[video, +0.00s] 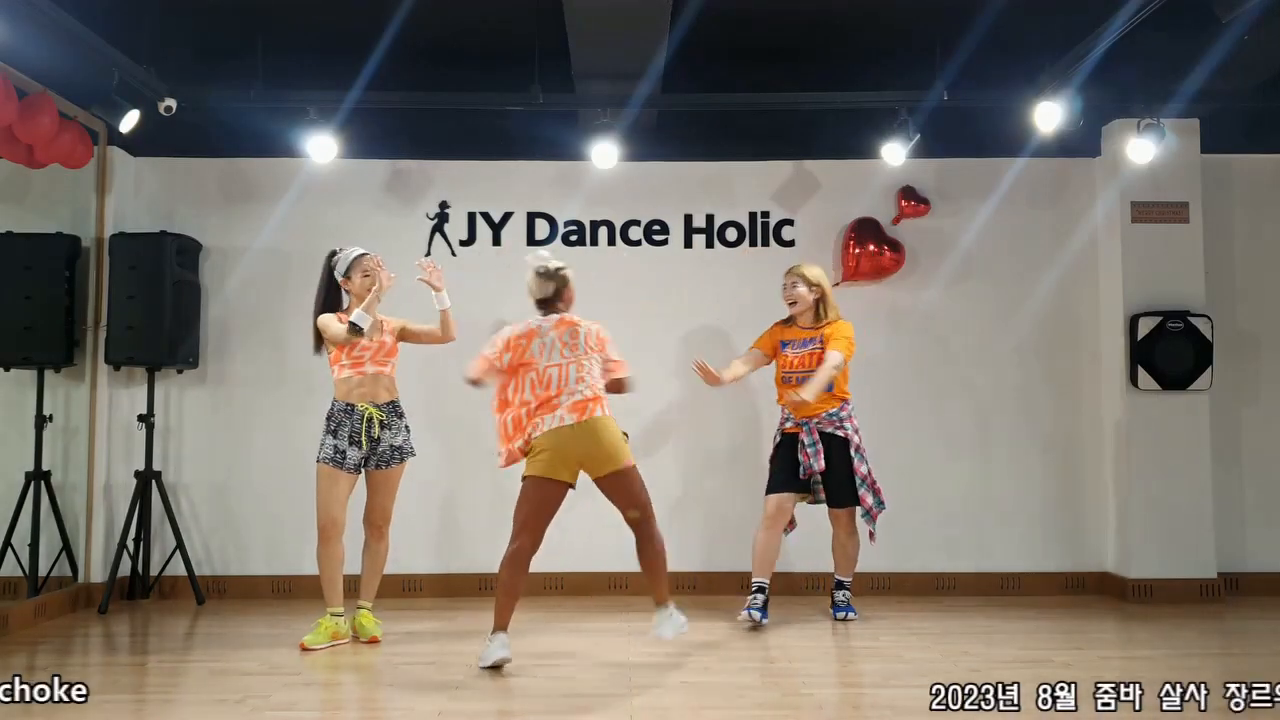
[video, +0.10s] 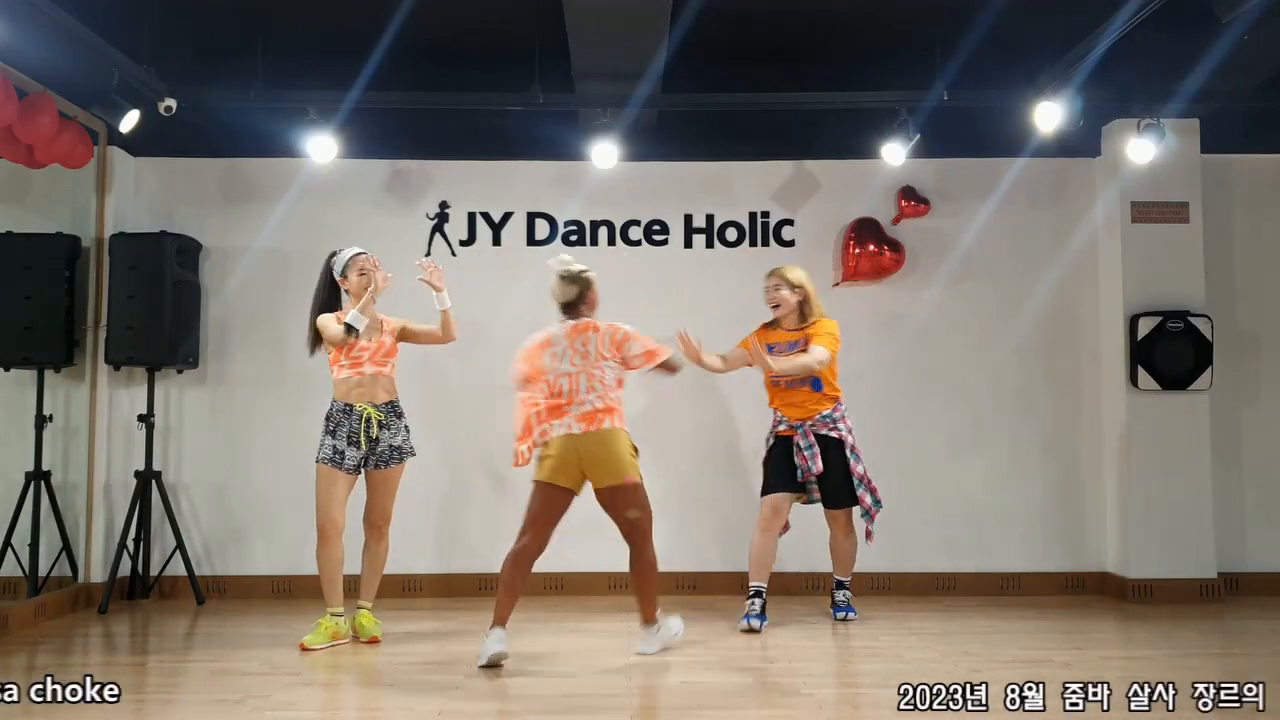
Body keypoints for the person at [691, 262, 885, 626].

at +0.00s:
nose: (789, 293)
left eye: (796, 286)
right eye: (785, 288)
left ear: (816, 291)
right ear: (784, 296)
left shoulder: (838, 328)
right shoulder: (779, 333)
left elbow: (831, 364)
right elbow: (749, 360)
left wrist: (809, 391)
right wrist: (723, 376)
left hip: (833, 431)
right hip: (791, 432)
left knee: (843, 519)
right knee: (775, 510)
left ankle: (842, 594)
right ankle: (758, 597)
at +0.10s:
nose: (772, 296)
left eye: (778, 289)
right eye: (768, 291)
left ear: (800, 293)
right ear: (766, 297)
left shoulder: (824, 328)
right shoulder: (762, 337)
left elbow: (815, 360)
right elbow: (726, 362)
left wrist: (776, 366)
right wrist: (700, 357)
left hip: (828, 433)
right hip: (785, 436)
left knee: (841, 519)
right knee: (771, 511)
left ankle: (842, 593)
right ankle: (756, 601)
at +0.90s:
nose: (801, 297)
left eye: (807, 292)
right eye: (794, 292)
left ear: (819, 300)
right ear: (783, 302)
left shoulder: (835, 335)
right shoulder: (772, 345)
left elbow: (830, 377)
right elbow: (756, 390)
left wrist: (812, 410)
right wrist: (752, 423)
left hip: (834, 438)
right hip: (790, 439)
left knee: (854, 518)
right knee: (777, 514)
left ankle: (863, 587)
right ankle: (756, 598)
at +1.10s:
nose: (822, 294)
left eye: (828, 288)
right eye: (815, 289)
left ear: (839, 298)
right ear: (803, 299)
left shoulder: (856, 339)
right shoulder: (787, 342)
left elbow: (876, 394)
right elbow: (784, 401)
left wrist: (895, 443)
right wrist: (782, 451)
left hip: (850, 435)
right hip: (805, 437)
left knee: (862, 516)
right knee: (798, 506)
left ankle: (863, 589)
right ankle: (786, 592)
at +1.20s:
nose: (827, 290)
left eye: (834, 284)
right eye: (819, 285)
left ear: (844, 295)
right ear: (809, 296)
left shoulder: (863, 335)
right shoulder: (793, 338)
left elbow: (892, 377)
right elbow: (784, 390)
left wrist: (923, 411)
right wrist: (785, 434)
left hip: (852, 430)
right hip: (809, 432)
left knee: (862, 511)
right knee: (811, 505)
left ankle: (863, 588)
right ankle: (815, 588)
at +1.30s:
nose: (831, 288)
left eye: (838, 283)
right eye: (823, 284)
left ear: (848, 293)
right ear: (812, 294)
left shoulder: (865, 332)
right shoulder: (796, 336)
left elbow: (897, 360)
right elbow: (783, 390)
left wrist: (929, 380)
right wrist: (781, 442)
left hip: (855, 432)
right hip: (814, 434)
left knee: (863, 515)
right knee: (822, 512)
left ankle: (864, 587)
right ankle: (827, 587)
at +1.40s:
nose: (832, 288)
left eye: (838, 282)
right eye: (824, 283)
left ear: (848, 291)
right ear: (813, 294)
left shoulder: (864, 330)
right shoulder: (798, 335)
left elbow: (896, 357)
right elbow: (783, 385)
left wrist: (928, 376)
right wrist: (774, 430)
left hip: (856, 431)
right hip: (815, 432)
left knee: (865, 514)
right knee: (824, 514)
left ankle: (864, 587)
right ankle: (826, 590)